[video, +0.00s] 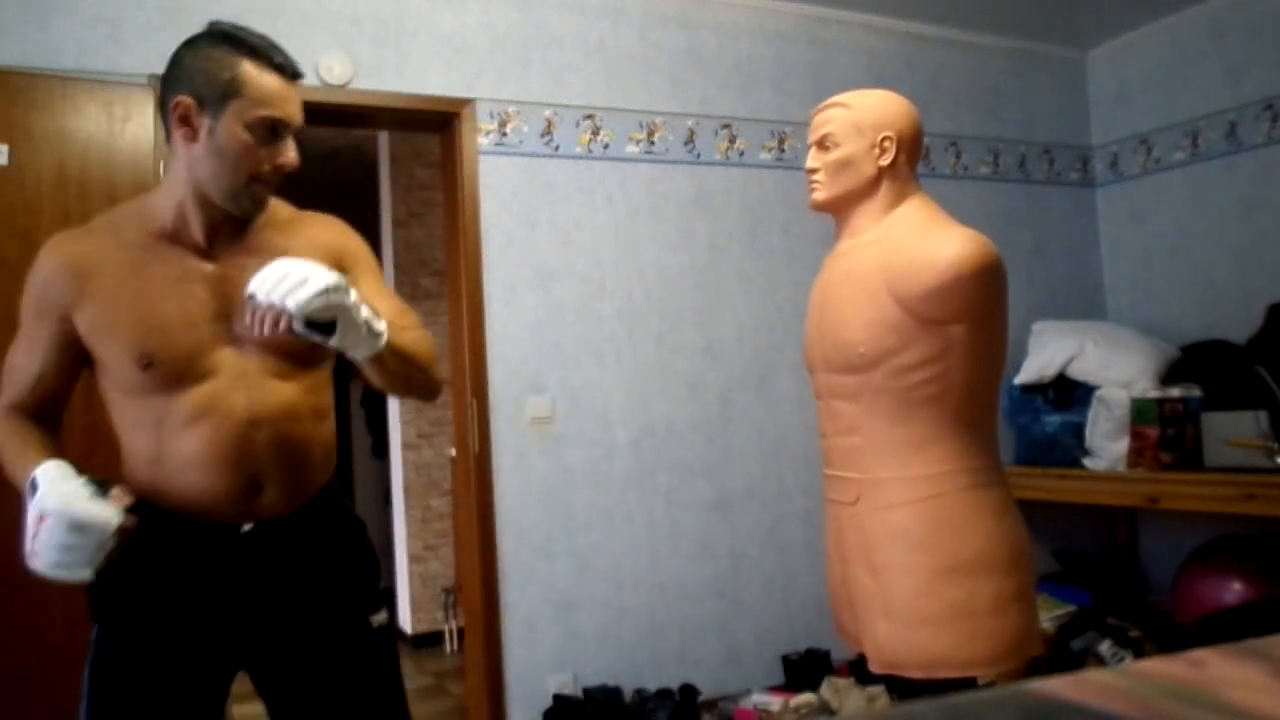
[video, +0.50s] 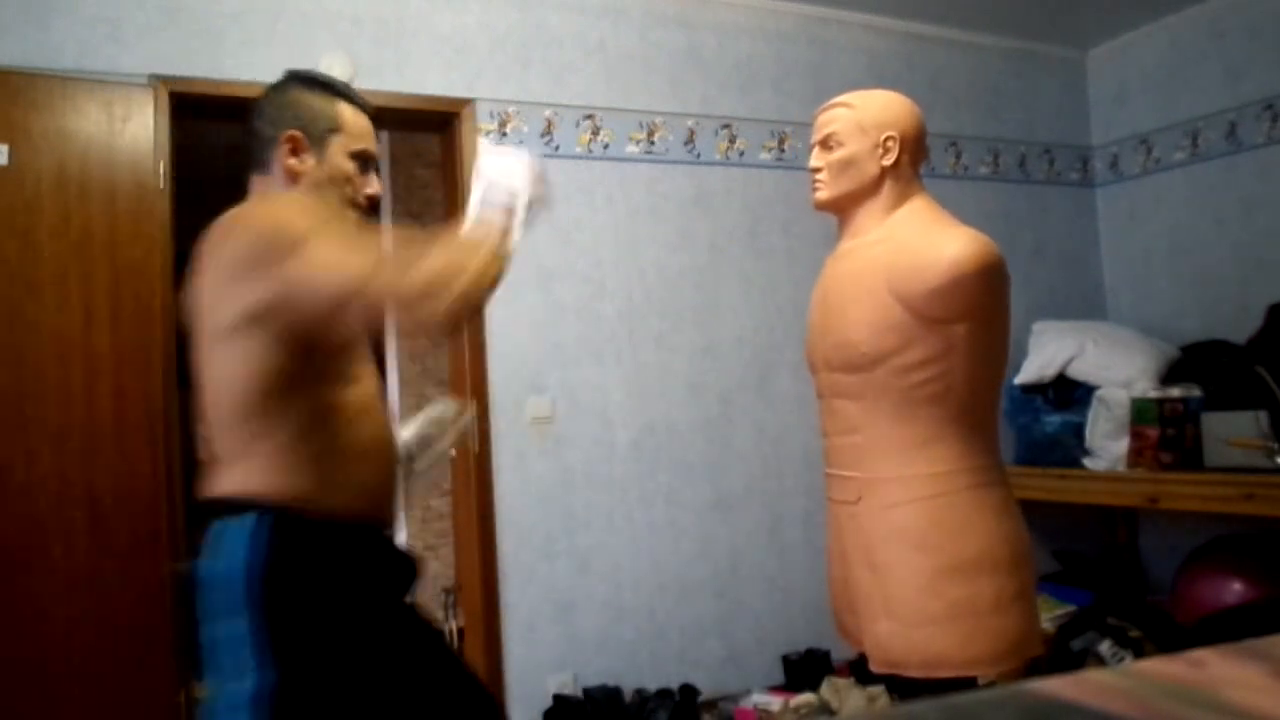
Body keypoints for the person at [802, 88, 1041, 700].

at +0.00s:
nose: (809, 162)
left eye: (827, 145)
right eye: (810, 147)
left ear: (884, 152)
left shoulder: (946, 260)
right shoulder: (842, 261)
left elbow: (966, 431)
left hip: (936, 540)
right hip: (865, 538)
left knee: (960, 703)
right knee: (894, 695)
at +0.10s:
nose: (813, 160)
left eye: (831, 144)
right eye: (814, 146)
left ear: (888, 152)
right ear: (882, 154)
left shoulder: (950, 261)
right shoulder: (846, 259)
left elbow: (969, 434)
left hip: (937, 540)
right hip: (868, 537)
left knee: (959, 703)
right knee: (895, 695)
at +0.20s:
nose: (813, 161)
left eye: (831, 144)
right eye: (814, 146)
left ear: (888, 152)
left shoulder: (951, 260)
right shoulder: (846, 259)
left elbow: (969, 431)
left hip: (938, 542)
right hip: (867, 539)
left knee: (961, 703)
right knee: (894, 695)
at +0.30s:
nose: (811, 161)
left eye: (829, 144)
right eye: (812, 146)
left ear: (886, 152)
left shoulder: (948, 260)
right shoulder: (845, 259)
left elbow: (966, 432)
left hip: (937, 545)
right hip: (867, 542)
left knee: (959, 704)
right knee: (896, 696)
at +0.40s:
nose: (812, 161)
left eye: (830, 144)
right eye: (813, 146)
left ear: (887, 152)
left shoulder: (950, 260)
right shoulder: (845, 259)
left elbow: (966, 432)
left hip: (937, 546)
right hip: (869, 542)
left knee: (960, 703)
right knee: (897, 695)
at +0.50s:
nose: (812, 160)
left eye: (830, 144)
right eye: (813, 146)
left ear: (887, 152)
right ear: (881, 154)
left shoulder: (949, 261)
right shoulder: (846, 260)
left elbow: (966, 433)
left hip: (937, 544)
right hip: (868, 541)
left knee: (960, 703)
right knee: (897, 696)